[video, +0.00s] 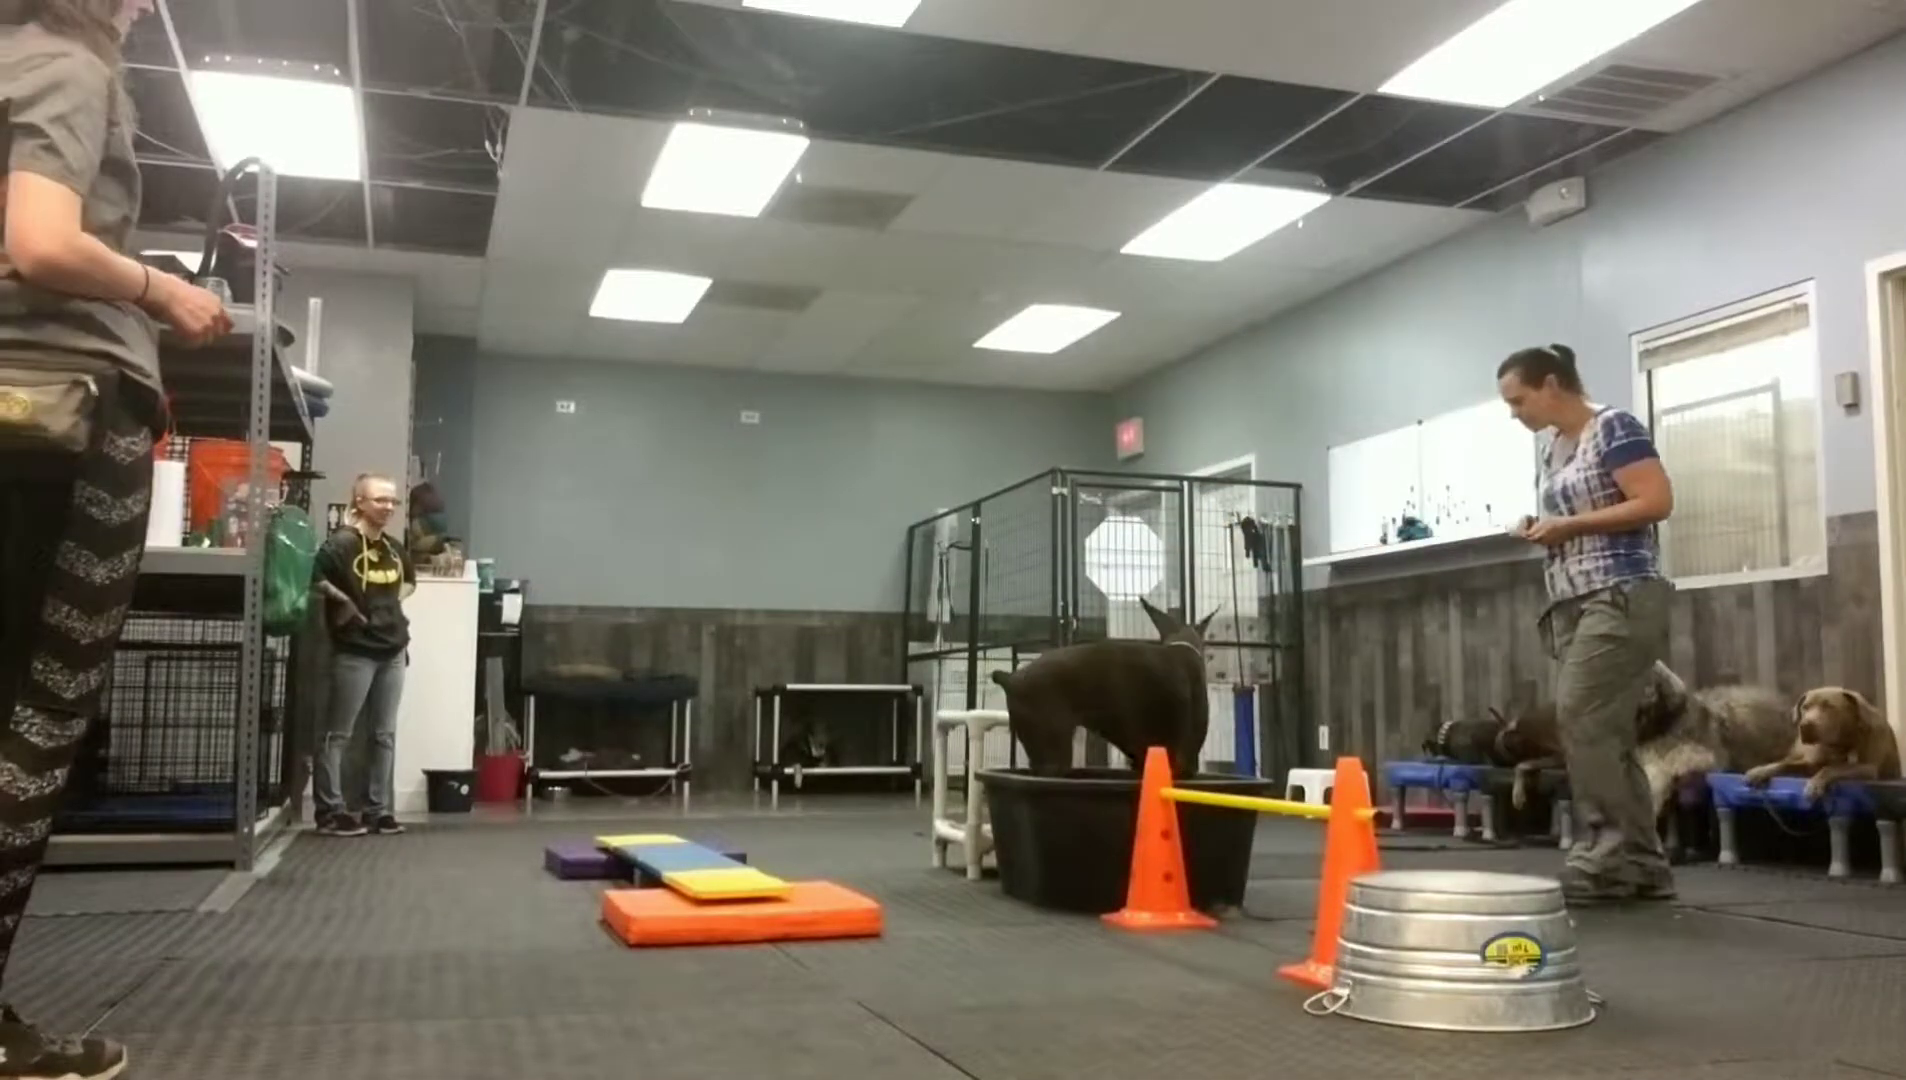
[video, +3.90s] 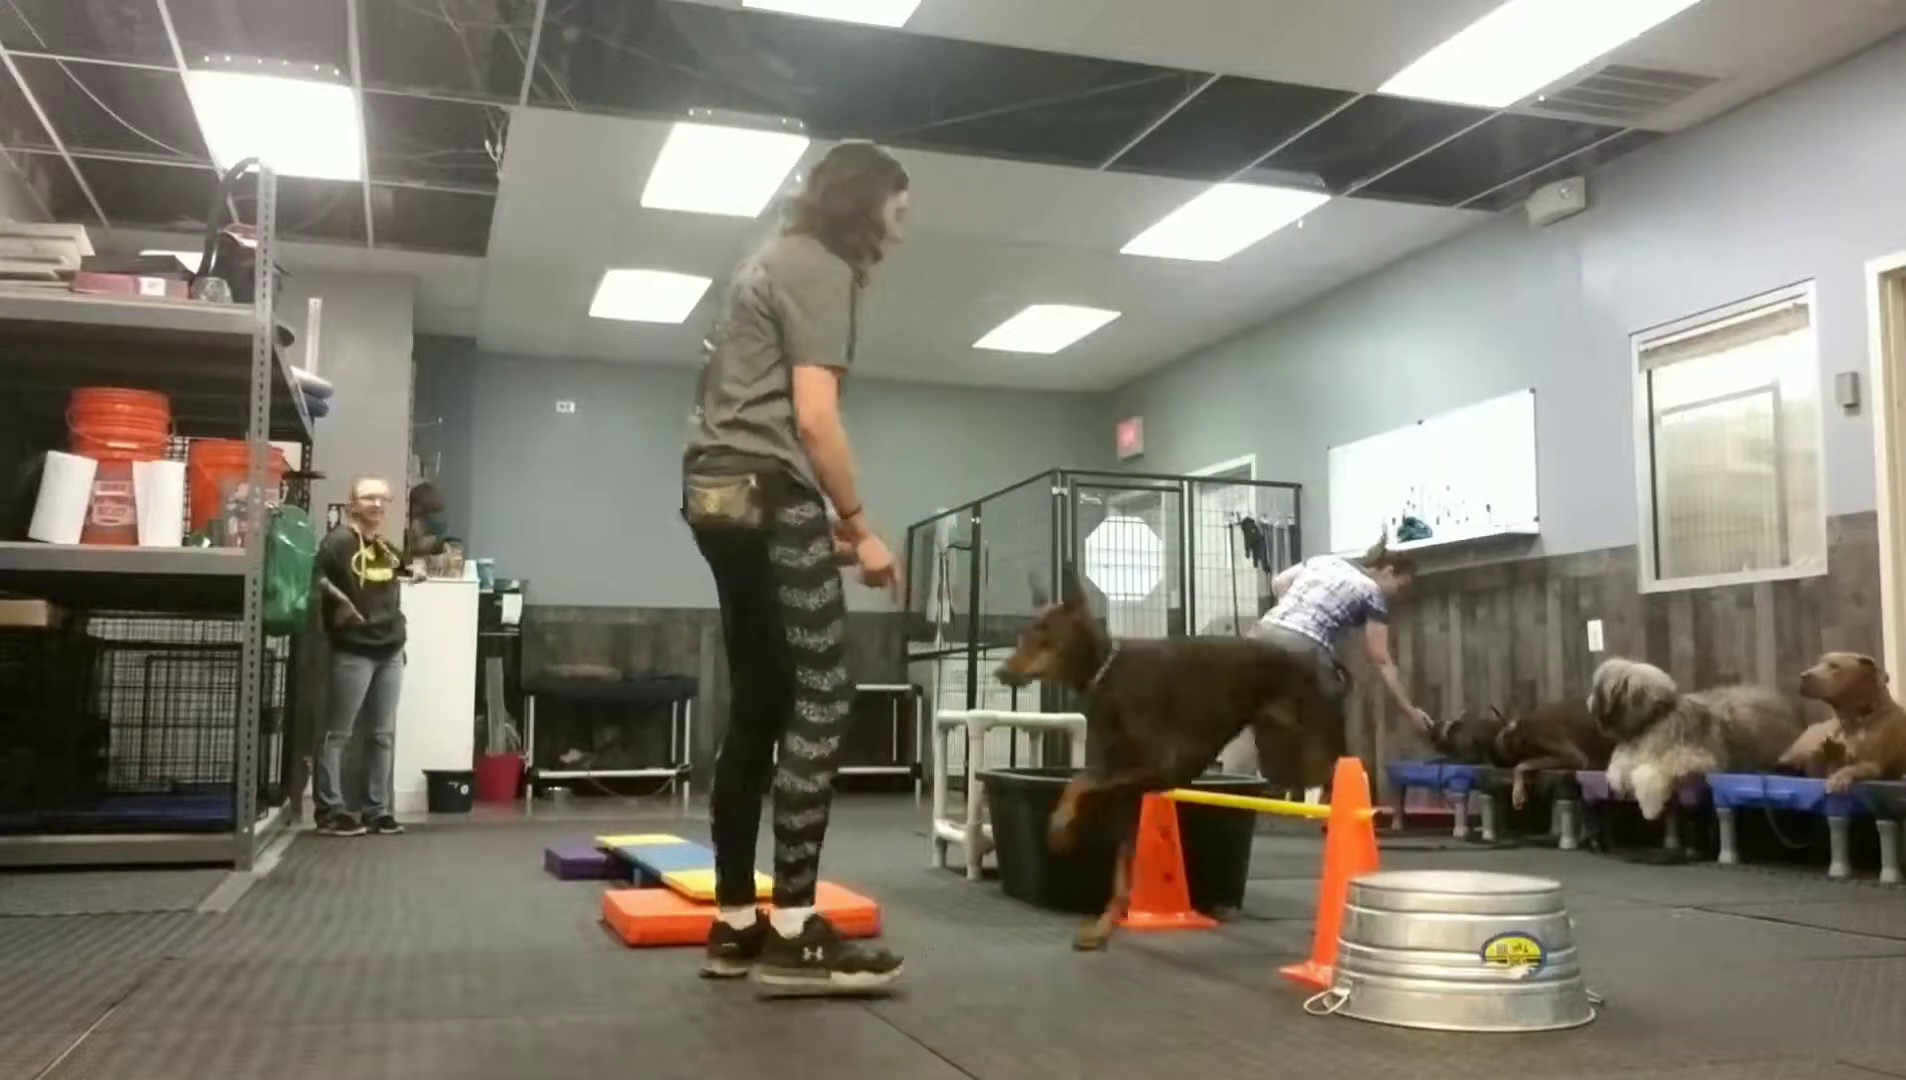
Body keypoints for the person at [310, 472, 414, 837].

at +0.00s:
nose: (389, 507)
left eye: (392, 502)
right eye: (381, 500)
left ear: (394, 506)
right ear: (360, 502)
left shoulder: (391, 546)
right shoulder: (339, 545)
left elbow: (408, 582)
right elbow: (315, 583)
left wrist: (393, 618)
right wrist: (345, 607)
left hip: (392, 649)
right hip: (355, 649)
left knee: (384, 735)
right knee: (339, 735)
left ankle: (377, 811)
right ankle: (330, 811)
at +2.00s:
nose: (390, 507)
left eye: (392, 501)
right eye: (382, 500)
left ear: (392, 505)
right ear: (360, 502)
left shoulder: (389, 545)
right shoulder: (338, 547)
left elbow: (407, 581)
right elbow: (317, 591)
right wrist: (349, 614)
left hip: (390, 650)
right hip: (354, 651)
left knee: (383, 735)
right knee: (338, 734)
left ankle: (377, 811)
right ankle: (330, 811)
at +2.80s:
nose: (385, 503)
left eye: (388, 497)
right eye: (376, 496)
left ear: (393, 503)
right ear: (356, 503)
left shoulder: (392, 548)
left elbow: (403, 595)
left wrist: (390, 622)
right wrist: (373, 627)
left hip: (389, 652)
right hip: (352, 651)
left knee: (382, 735)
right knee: (338, 733)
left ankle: (376, 808)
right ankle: (330, 809)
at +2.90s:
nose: (382, 505)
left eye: (385, 500)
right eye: (374, 499)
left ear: (388, 505)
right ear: (356, 503)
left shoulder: (386, 549)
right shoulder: (340, 541)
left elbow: (413, 582)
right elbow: (322, 580)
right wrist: (345, 604)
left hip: (389, 649)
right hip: (354, 648)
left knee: (382, 734)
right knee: (339, 733)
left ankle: (377, 809)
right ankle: (330, 810)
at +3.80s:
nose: (378, 512)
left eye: (384, 506)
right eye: (371, 505)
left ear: (389, 509)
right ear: (352, 507)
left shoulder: (388, 550)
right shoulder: (337, 543)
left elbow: (425, 563)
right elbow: (317, 579)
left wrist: (407, 538)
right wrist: (340, 600)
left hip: (390, 649)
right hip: (354, 648)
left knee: (383, 734)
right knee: (340, 734)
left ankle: (377, 810)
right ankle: (330, 810)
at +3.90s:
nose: (377, 505)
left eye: (382, 500)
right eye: (369, 499)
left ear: (389, 506)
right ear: (353, 504)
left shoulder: (387, 550)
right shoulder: (337, 545)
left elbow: (391, 597)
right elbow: (320, 591)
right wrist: (348, 618)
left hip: (390, 649)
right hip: (353, 649)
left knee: (382, 735)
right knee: (338, 734)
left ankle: (377, 811)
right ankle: (329, 810)